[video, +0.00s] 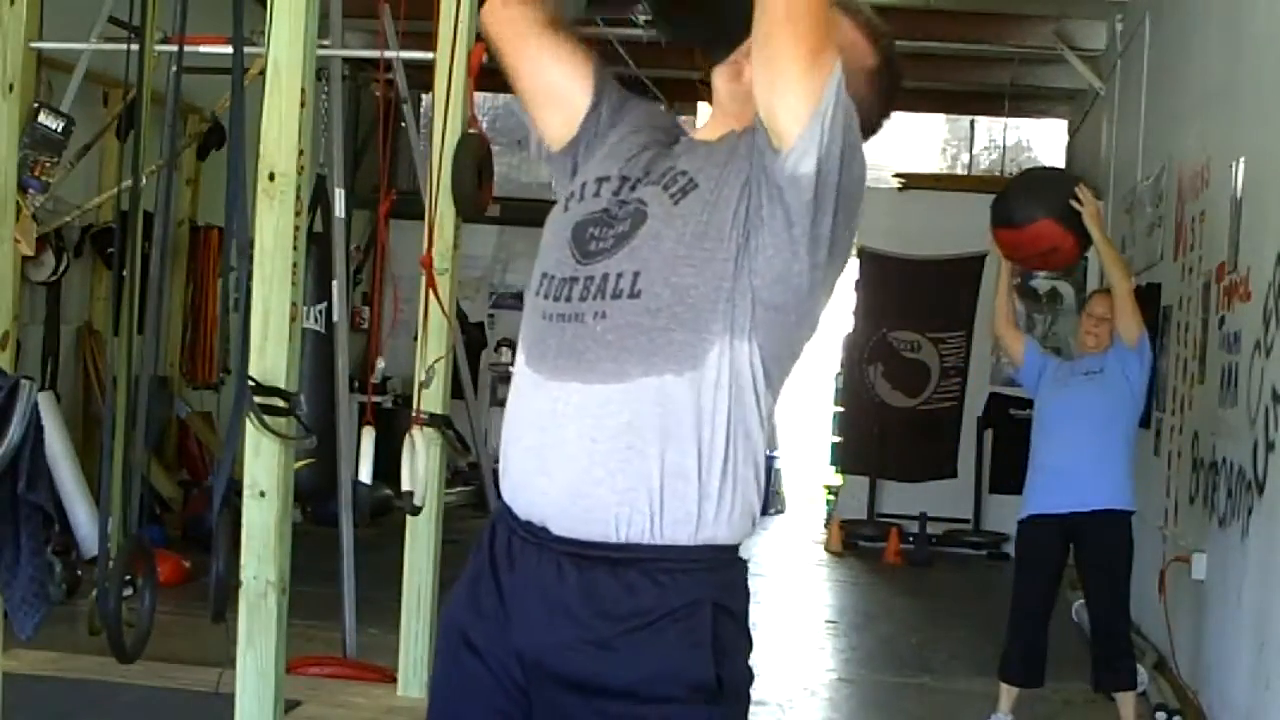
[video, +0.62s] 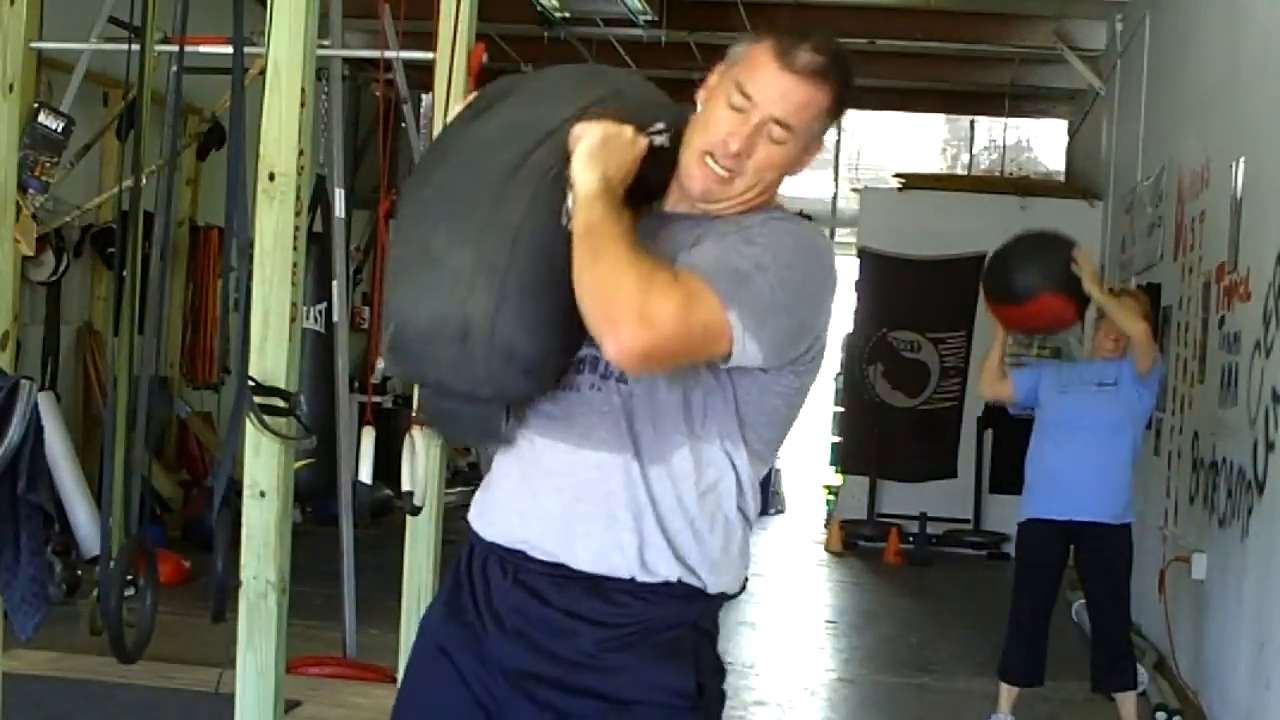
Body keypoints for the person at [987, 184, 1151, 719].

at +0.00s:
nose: (1094, 323)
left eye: (1105, 318)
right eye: (1089, 315)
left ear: (1118, 328)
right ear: (1075, 321)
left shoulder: (1129, 365)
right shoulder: (1047, 369)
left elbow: (1124, 290)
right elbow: (1005, 329)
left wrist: (1097, 233)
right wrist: (1006, 267)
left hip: (1106, 513)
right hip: (1042, 512)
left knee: (1111, 621)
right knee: (1026, 615)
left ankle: (1128, 715)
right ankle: (1003, 713)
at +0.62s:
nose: (1115, 334)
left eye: (1125, 328)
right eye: (1108, 325)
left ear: (1136, 337)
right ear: (1093, 329)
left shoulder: (1138, 379)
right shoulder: (1051, 374)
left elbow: (1141, 332)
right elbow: (990, 387)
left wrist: (1098, 290)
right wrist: (1001, 330)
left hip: (1106, 520)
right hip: (1042, 516)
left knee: (1112, 624)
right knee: (1027, 615)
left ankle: (1130, 716)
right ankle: (1003, 712)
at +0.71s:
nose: (1126, 329)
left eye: (1134, 324)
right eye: (1119, 320)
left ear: (1146, 335)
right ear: (1102, 322)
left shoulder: (1143, 382)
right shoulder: (1054, 374)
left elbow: (1135, 355)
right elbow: (999, 413)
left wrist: (1093, 315)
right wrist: (1002, 361)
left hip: (1107, 521)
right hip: (1044, 516)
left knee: (1112, 623)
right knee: (1028, 615)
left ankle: (1130, 715)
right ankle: (1003, 712)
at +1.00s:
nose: (1121, 331)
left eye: (1132, 326)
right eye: (1115, 321)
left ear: (1143, 335)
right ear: (1099, 323)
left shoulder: (1146, 374)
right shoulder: (1054, 376)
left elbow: (1126, 387)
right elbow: (1013, 433)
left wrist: (1088, 339)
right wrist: (998, 379)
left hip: (1111, 520)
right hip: (1047, 517)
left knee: (1114, 622)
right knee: (1030, 616)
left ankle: (1131, 715)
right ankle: (1004, 712)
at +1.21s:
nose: (1117, 331)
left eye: (1128, 326)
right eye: (1111, 321)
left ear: (1139, 335)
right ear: (1095, 322)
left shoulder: (1144, 374)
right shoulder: (1053, 375)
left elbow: (1126, 391)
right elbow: (1012, 435)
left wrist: (1087, 339)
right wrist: (993, 379)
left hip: (1111, 521)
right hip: (1046, 518)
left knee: (1114, 622)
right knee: (1029, 616)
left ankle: (1130, 716)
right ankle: (1004, 713)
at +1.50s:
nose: (1116, 341)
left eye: (1126, 334)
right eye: (1109, 329)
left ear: (1135, 338)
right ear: (1091, 324)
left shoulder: (1140, 377)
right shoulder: (1056, 366)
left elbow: (1138, 429)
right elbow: (1008, 432)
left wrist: (1098, 379)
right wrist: (1000, 375)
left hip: (1107, 521)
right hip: (1043, 519)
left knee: (1114, 621)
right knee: (1029, 615)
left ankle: (1131, 715)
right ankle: (1004, 712)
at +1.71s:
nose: (1110, 361)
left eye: (1119, 355)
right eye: (1103, 350)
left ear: (1129, 354)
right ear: (1086, 342)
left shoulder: (1137, 392)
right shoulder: (1047, 381)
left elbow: (1142, 465)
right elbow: (1012, 436)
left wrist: (1113, 454)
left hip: (1107, 526)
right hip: (1043, 523)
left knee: (1116, 624)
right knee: (1026, 616)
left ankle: (1131, 715)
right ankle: (1002, 712)